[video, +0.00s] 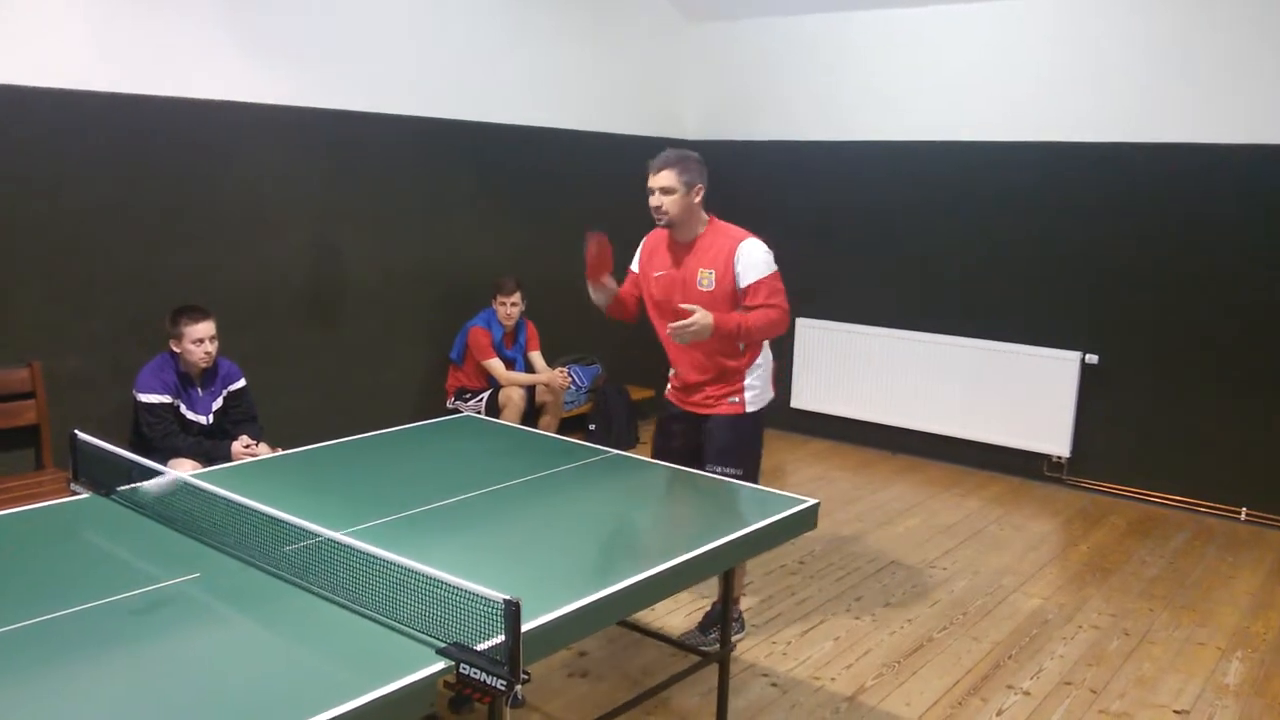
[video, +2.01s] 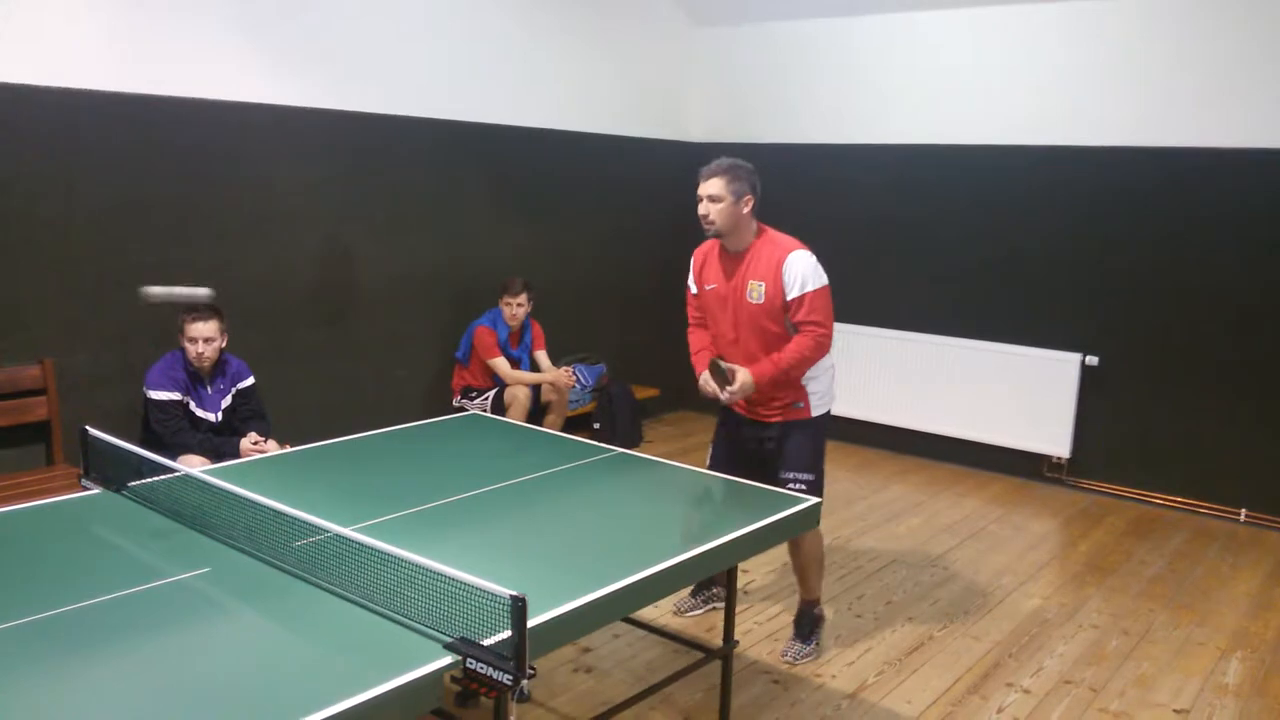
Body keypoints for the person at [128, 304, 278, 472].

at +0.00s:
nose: (208, 350)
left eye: (212, 340)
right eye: (198, 343)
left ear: (218, 340)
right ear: (176, 345)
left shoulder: (228, 372)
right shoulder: (152, 381)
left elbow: (245, 420)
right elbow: (166, 442)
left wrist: (245, 438)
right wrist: (227, 451)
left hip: (218, 451)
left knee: (264, 454)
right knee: (187, 470)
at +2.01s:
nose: (200, 350)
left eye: (208, 341)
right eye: (192, 341)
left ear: (223, 341)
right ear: (182, 341)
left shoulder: (236, 370)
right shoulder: (162, 377)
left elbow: (252, 419)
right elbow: (175, 439)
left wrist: (253, 439)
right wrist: (235, 448)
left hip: (227, 450)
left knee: (271, 449)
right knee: (196, 465)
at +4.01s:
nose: (185, 359)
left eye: (194, 350)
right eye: (177, 350)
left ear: (209, 349)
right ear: (166, 349)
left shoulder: (221, 379)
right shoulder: (145, 386)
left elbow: (237, 427)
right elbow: (157, 448)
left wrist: (237, 446)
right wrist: (219, 458)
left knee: (257, 459)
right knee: (181, 475)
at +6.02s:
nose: (204, 360)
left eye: (211, 351)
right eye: (195, 352)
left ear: (219, 348)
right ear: (177, 350)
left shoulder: (231, 378)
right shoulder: (156, 384)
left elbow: (247, 427)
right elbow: (168, 446)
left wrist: (248, 445)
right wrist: (229, 455)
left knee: (265, 458)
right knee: (190, 473)